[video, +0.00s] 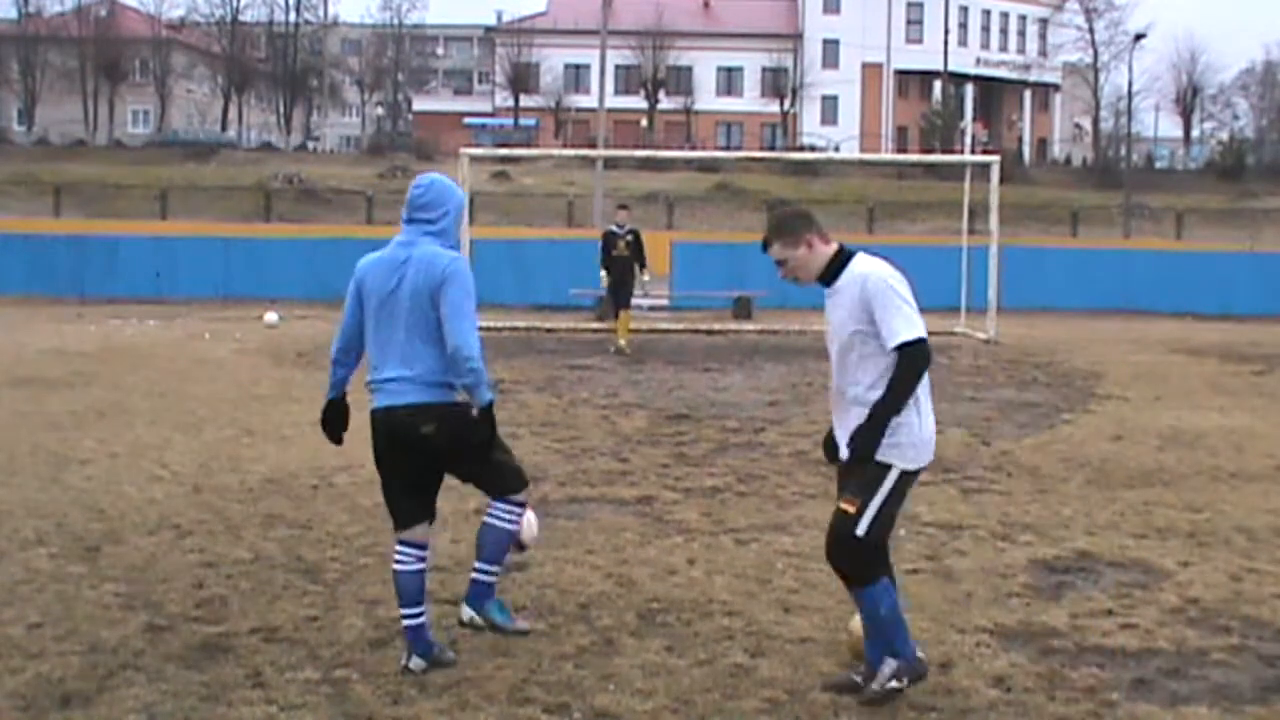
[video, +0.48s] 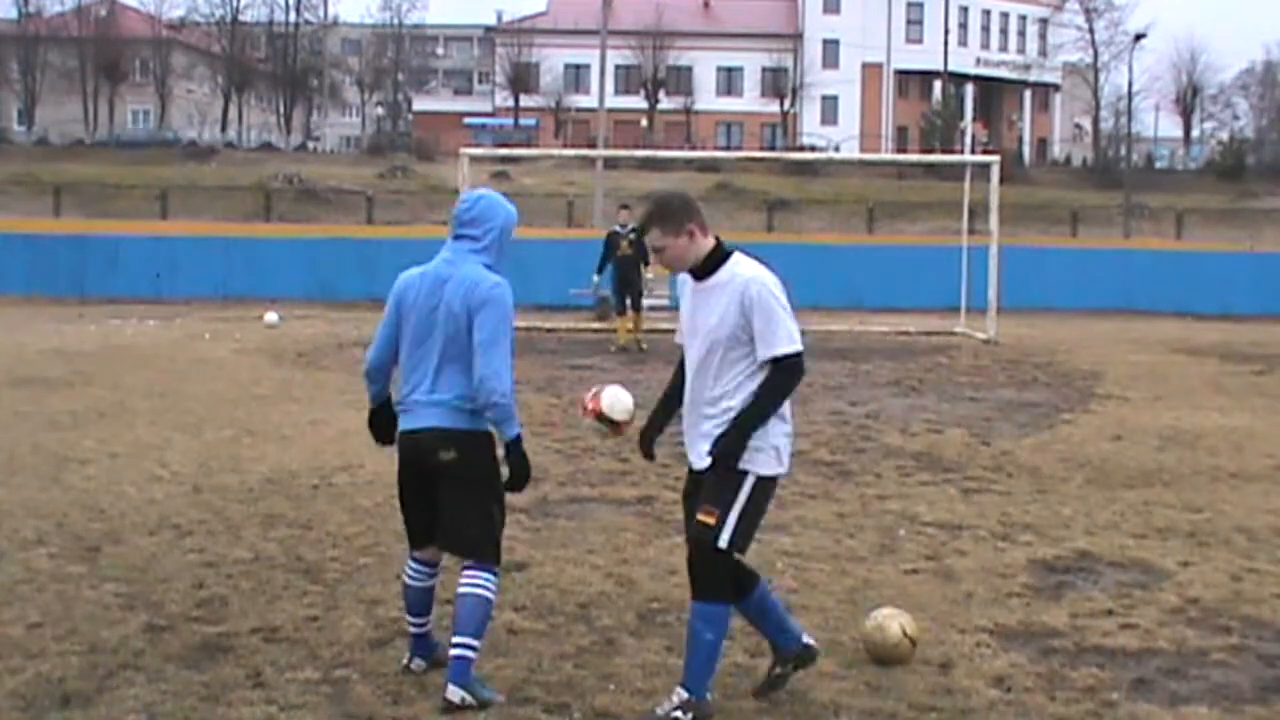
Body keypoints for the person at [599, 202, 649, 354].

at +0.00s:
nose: (622, 218)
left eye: (625, 215)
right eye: (619, 214)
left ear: (629, 216)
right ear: (615, 216)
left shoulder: (634, 233)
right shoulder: (608, 234)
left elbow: (640, 253)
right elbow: (604, 254)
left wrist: (643, 269)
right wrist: (604, 271)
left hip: (628, 273)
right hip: (613, 273)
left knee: (625, 306)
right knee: (617, 307)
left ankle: (623, 339)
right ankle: (620, 339)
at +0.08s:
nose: (621, 218)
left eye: (624, 215)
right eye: (618, 215)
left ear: (628, 216)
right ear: (614, 216)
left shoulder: (634, 234)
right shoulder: (607, 235)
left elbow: (640, 253)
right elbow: (602, 254)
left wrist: (643, 270)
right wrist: (598, 269)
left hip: (629, 274)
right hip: (613, 274)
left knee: (626, 306)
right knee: (617, 307)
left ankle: (624, 338)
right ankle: (619, 338)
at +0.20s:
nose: (620, 218)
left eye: (623, 215)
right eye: (618, 215)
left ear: (628, 216)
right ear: (614, 216)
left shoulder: (634, 233)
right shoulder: (608, 235)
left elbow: (640, 252)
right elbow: (600, 255)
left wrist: (642, 268)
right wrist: (593, 272)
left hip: (631, 273)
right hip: (615, 273)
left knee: (629, 306)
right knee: (618, 307)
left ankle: (627, 338)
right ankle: (620, 338)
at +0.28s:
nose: (620, 218)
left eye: (623, 215)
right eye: (618, 214)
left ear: (628, 216)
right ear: (614, 216)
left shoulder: (634, 233)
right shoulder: (608, 235)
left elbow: (640, 252)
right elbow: (600, 255)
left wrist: (643, 268)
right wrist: (591, 273)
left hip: (631, 274)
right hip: (616, 274)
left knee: (631, 307)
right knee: (619, 309)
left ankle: (630, 338)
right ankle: (620, 340)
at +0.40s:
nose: (621, 219)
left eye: (624, 215)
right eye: (619, 215)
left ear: (629, 216)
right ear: (615, 217)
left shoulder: (635, 233)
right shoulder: (610, 235)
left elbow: (642, 251)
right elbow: (602, 256)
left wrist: (646, 268)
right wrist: (594, 273)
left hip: (633, 273)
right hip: (617, 274)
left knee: (634, 306)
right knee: (619, 308)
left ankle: (635, 338)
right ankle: (622, 339)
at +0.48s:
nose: (623, 219)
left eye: (626, 215)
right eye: (621, 215)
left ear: (630, 217)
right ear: (617, 217)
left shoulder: (637, 234)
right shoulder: (612, 235)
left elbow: (643, 251)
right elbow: (605, 256)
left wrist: (647, 267)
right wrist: (598, 273)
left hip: (634, 274)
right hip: (618, 275)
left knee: (637, 307)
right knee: (620, 309)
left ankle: (638, 336)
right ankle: (621, 338)